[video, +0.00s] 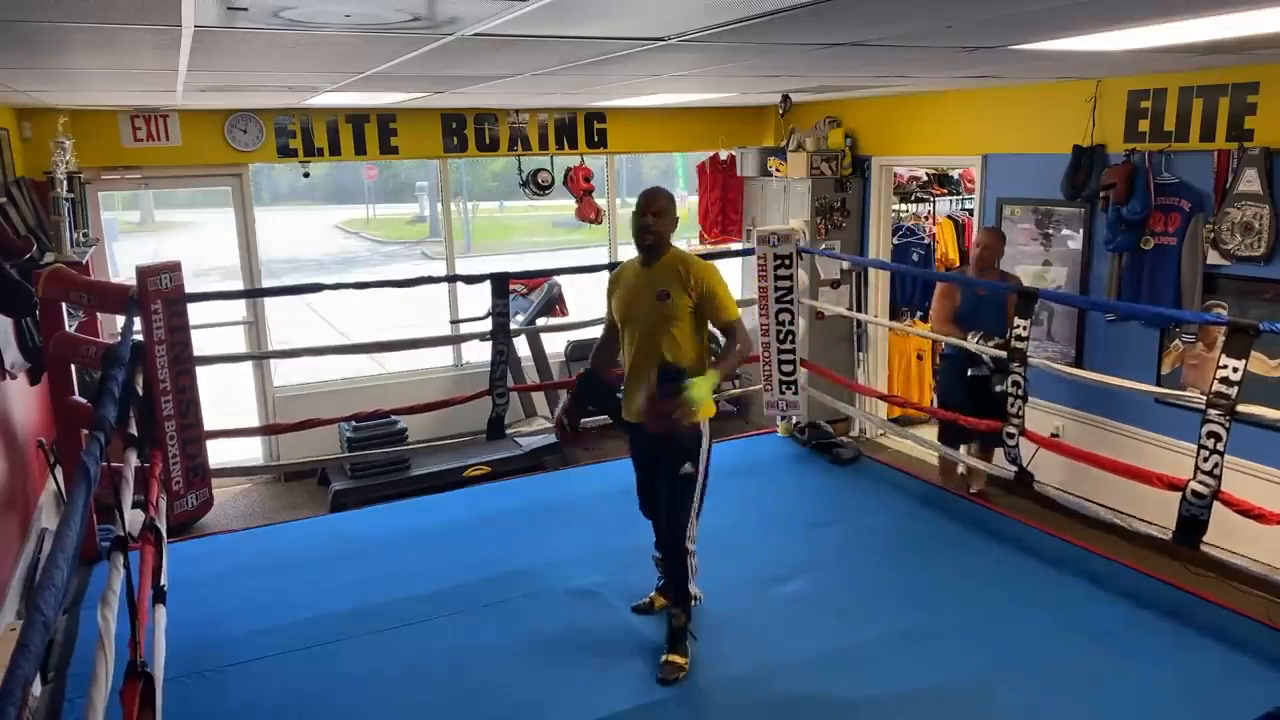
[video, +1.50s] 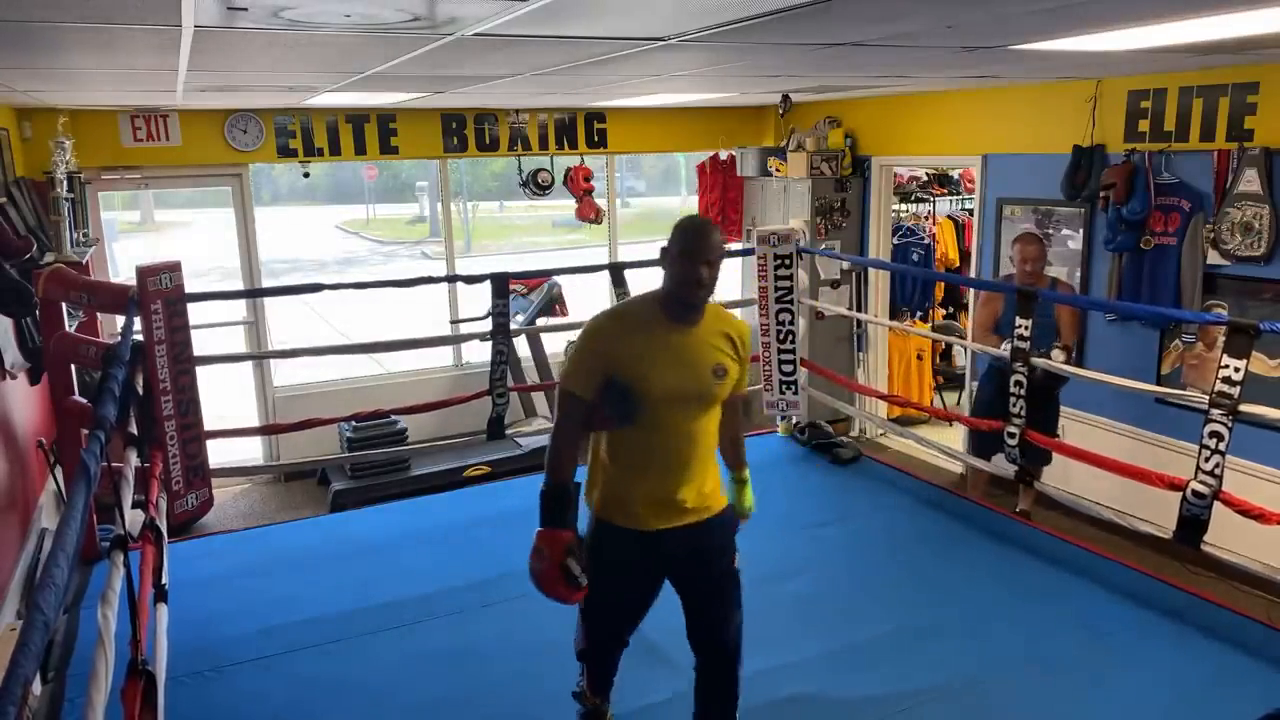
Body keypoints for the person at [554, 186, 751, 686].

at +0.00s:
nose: (648, 222)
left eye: (658, 214)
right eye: (642, 214)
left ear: (675, 221)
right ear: (632, 219)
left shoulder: (696, 273)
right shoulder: (621, 277)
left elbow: (742, 341)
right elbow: (610, 341)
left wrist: (707, 383)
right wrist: (577, 396)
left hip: (687, 416)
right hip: (639, 417)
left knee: (676, 525)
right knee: (654, 510)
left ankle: (679, 637)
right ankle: (675, 583)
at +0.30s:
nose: (671, 224)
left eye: (684, 218)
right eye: (667, 214)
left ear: (704, 228)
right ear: (658, 218)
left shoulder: (713, 288)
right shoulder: (637, 272)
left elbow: (714, 373)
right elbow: (605, 322)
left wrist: (642, 383)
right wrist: (555, 354)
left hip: (682, 433)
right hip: (630, 427)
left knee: (680, 542)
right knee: (608, 518)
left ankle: (679, 639)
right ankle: (650, 573)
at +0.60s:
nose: (668, 235)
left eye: (681, 228)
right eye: (662, 224)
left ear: (698, 234)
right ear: (649, 225)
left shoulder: (708, 294)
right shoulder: (619, 278)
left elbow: (686, 382)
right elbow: (564, 337)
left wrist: (623, 352)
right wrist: (543, 379)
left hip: (681, 452)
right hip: (620, 445)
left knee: (683, 557)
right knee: (604, 559)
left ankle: (679, 644)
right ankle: (598, 668)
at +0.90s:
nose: (633, 243)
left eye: (643, 234)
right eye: (623, 233)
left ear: (656, 239)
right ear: (606, 238)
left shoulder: (688, 301)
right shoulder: (575, 306)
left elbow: (723, 374)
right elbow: (560, 389)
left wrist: (692, 419)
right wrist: (582, 450)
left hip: (672, 471)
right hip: (604, 471)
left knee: (677, 572)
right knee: (598, 588)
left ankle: (678, 642)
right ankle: (595, 690)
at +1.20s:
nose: (634, 255)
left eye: (643, 244)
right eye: (622, 244)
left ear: (652, 245)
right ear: (597, 246)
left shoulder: (679, 305)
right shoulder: (561, 322)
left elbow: (715, 379)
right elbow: (542, 421)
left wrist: (775, 427)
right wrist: (549, 507)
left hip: (674, 481)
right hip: (599, 492)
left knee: (707, 602)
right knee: (595, 609)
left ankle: (680, 698)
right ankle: (594, 698)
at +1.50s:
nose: (703, 275)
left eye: (713, 263)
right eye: (691, 261)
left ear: (723, 267)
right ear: (665, 257)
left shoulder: (731, 334)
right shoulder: (608, 333)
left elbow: (730, 414)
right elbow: (567, 430)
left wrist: (741, 484)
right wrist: (556, 524)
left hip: (703, 523)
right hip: (623, 528)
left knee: (721, 654)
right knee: (603, 638)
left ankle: (716, 719)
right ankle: (595, 702)